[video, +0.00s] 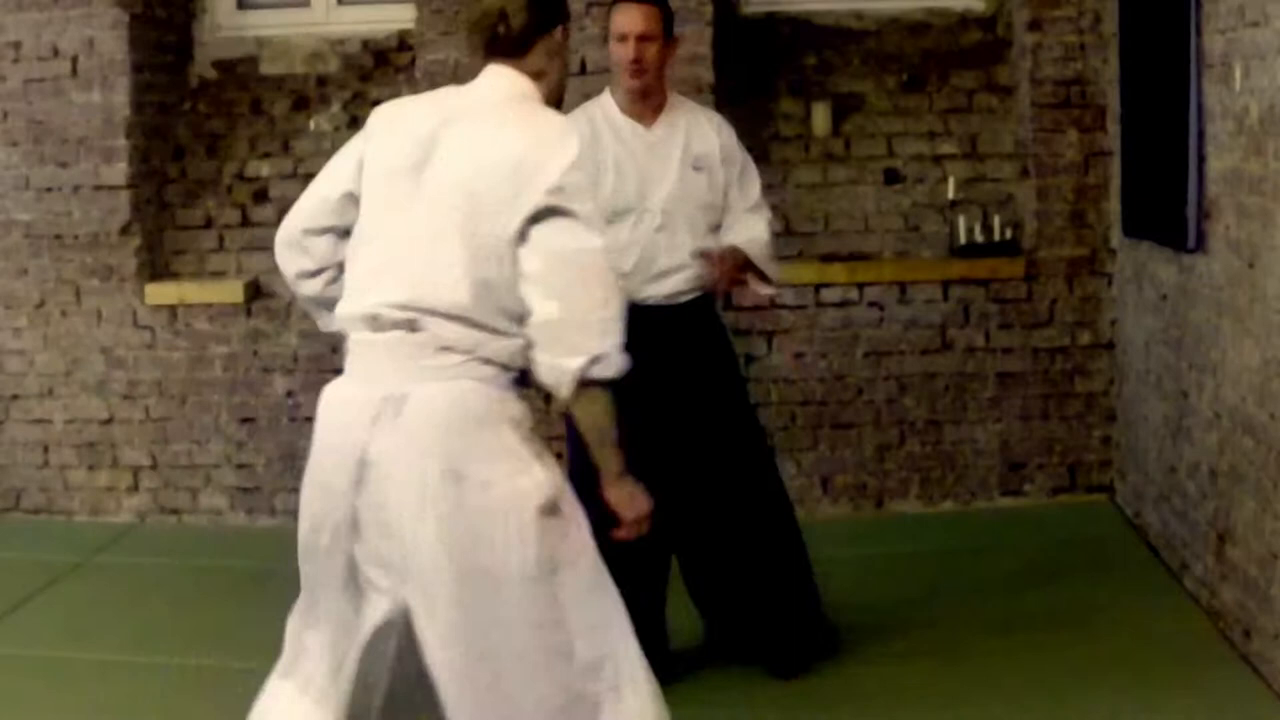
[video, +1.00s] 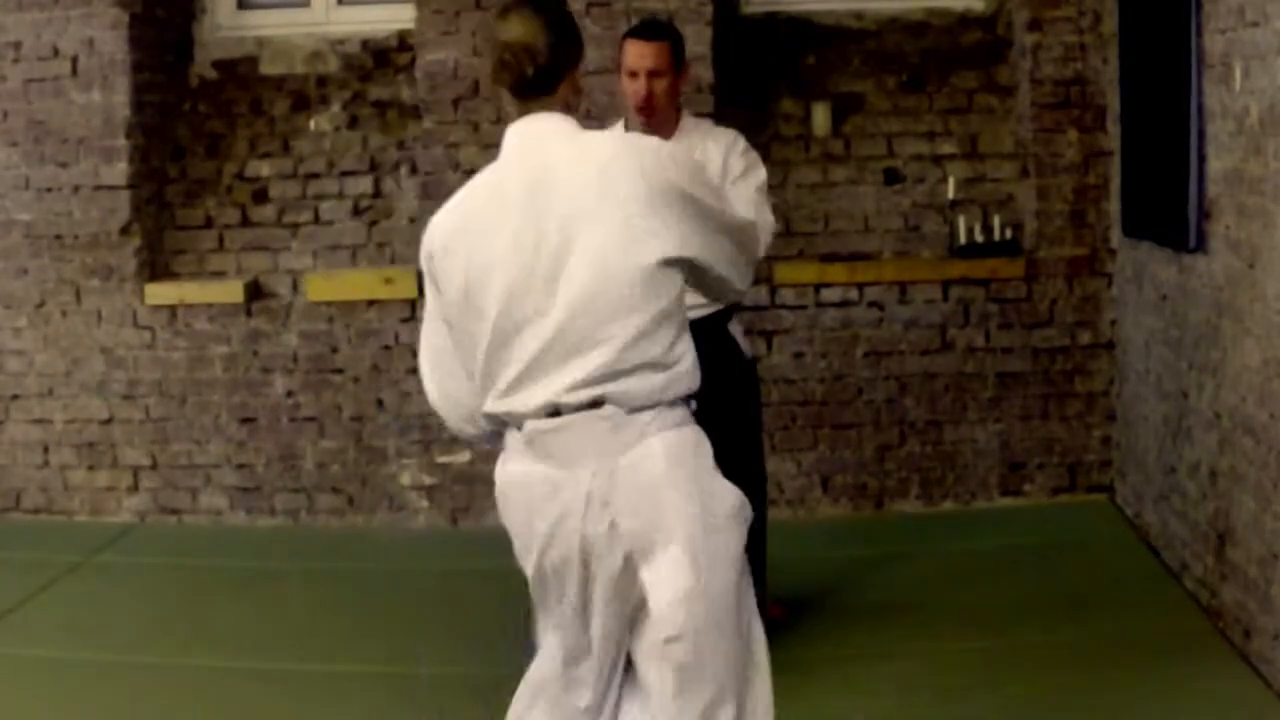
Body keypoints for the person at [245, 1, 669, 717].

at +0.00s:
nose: (568, 55)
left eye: (565, 39)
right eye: (566, 39)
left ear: (484, 41)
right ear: (550, 41)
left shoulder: (392, 121)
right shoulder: (550, 144)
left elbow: (301, 245)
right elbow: (573, 335)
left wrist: (377, 332)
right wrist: (614, 475)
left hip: (353, 409)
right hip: (465, 420)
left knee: (330, 655)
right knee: (537, 666)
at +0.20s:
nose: (579, 32)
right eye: (575, 20)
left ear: (481, 22)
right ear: (554, 22)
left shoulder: (393, 103)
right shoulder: (598, 121)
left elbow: (294, 227)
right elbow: (675, 297)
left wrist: (411, 250)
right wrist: (695, 403)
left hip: (407, 410)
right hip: (546, 411)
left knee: (411, 677)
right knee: (615, 673)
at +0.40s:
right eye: (526, 16)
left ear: (427, 26)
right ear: (515, 21)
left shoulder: (363, 130)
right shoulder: (581, 121)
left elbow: (315, 293)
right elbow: (692, 275)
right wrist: (580, 275)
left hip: (438, 434)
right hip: (584, 421)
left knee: (453, 681)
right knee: (615, 672)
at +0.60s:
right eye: (517, 13)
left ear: (427, 28)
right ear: (510, 17)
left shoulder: (375, 145)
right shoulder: (592, 111)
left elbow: (350, 328)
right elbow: (650, 202)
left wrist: (425, 377)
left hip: (457, 440)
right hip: (605, 429)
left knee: (473, 695)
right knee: (649, 686)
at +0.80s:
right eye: (554, 17)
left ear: (460, 39)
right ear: (548, 25)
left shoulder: (417, 181)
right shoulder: (631, 126)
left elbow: (410, 374)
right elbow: (690, 216)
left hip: (512, 458)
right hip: (649, 442)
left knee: (506, 696)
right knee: (671, 693)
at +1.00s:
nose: (629, 90)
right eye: (607, 70)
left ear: (498, 82)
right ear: (577, 74)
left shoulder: (451, 225)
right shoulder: (644, 167)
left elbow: (457, 405)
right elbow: (736, 264)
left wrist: (533, 434)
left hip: (536, 475)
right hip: (659, 460)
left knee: (568, 678)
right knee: (695, 691)